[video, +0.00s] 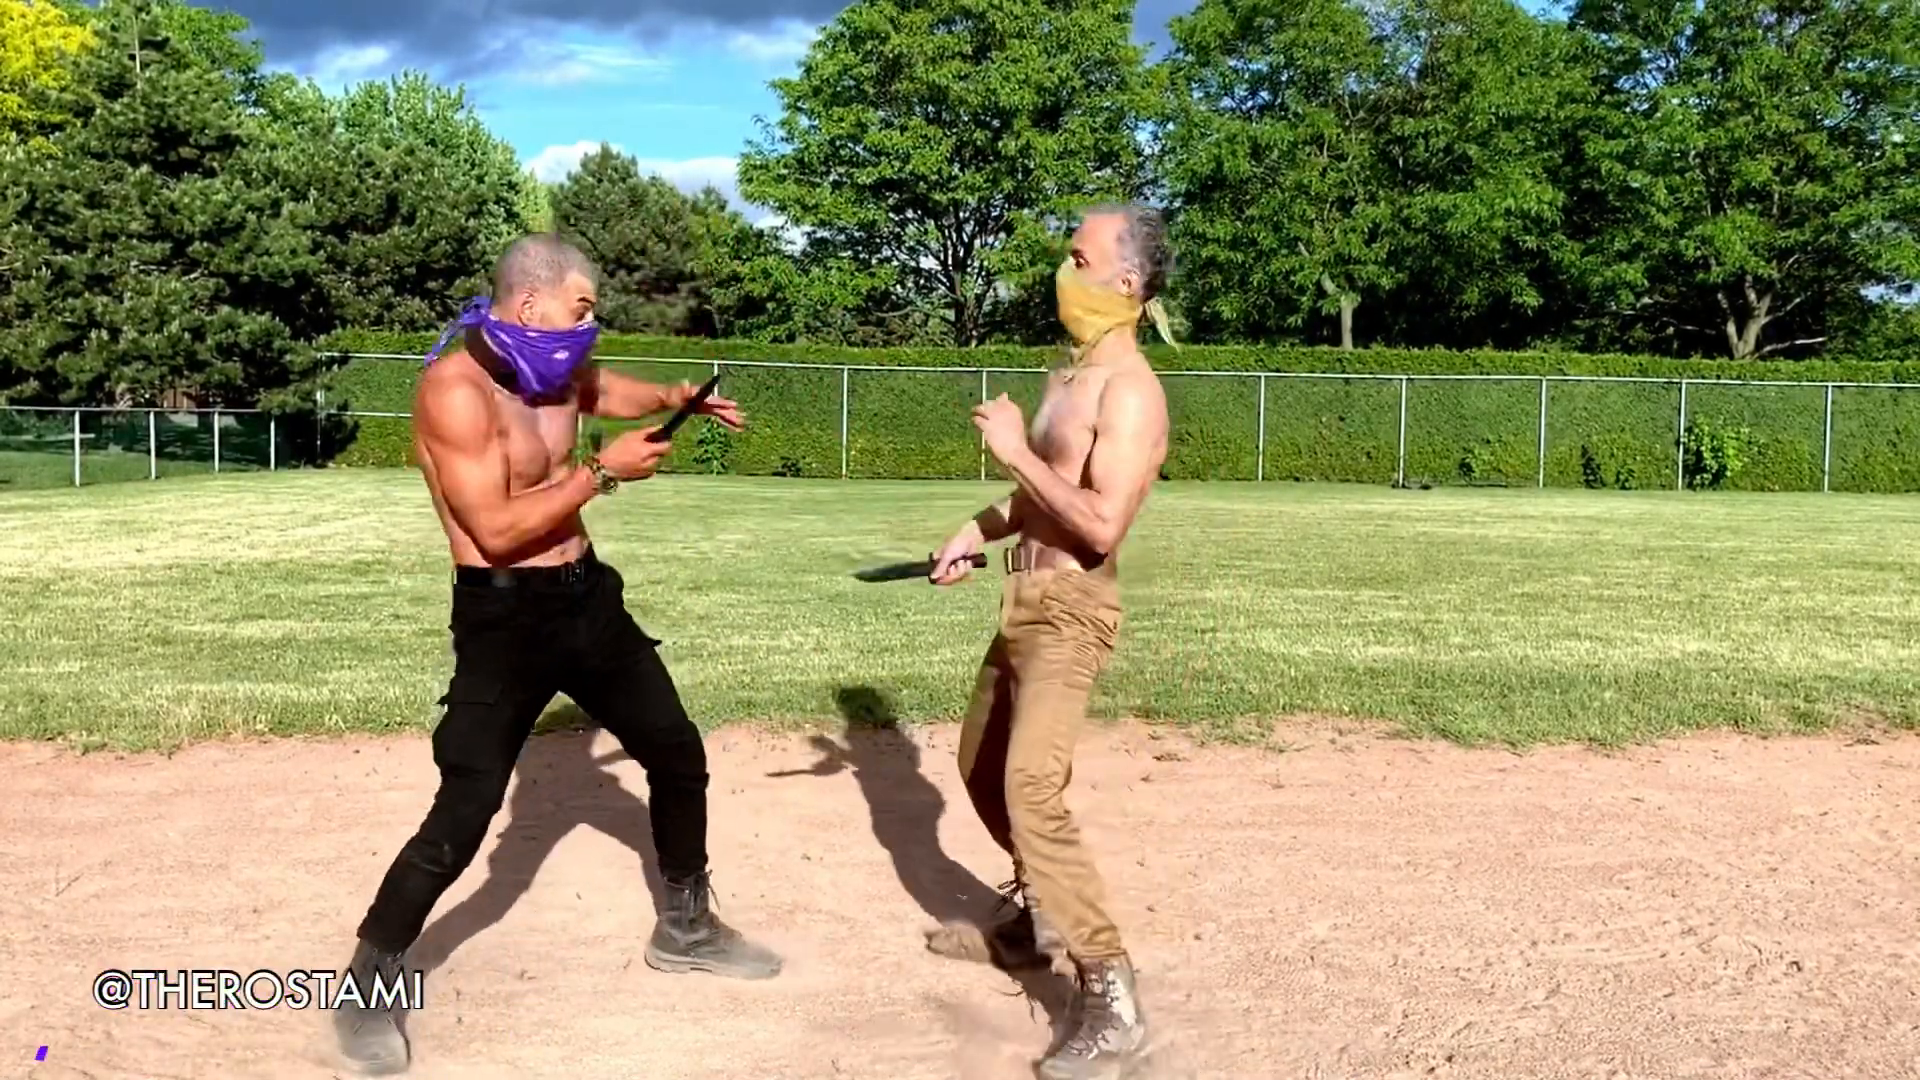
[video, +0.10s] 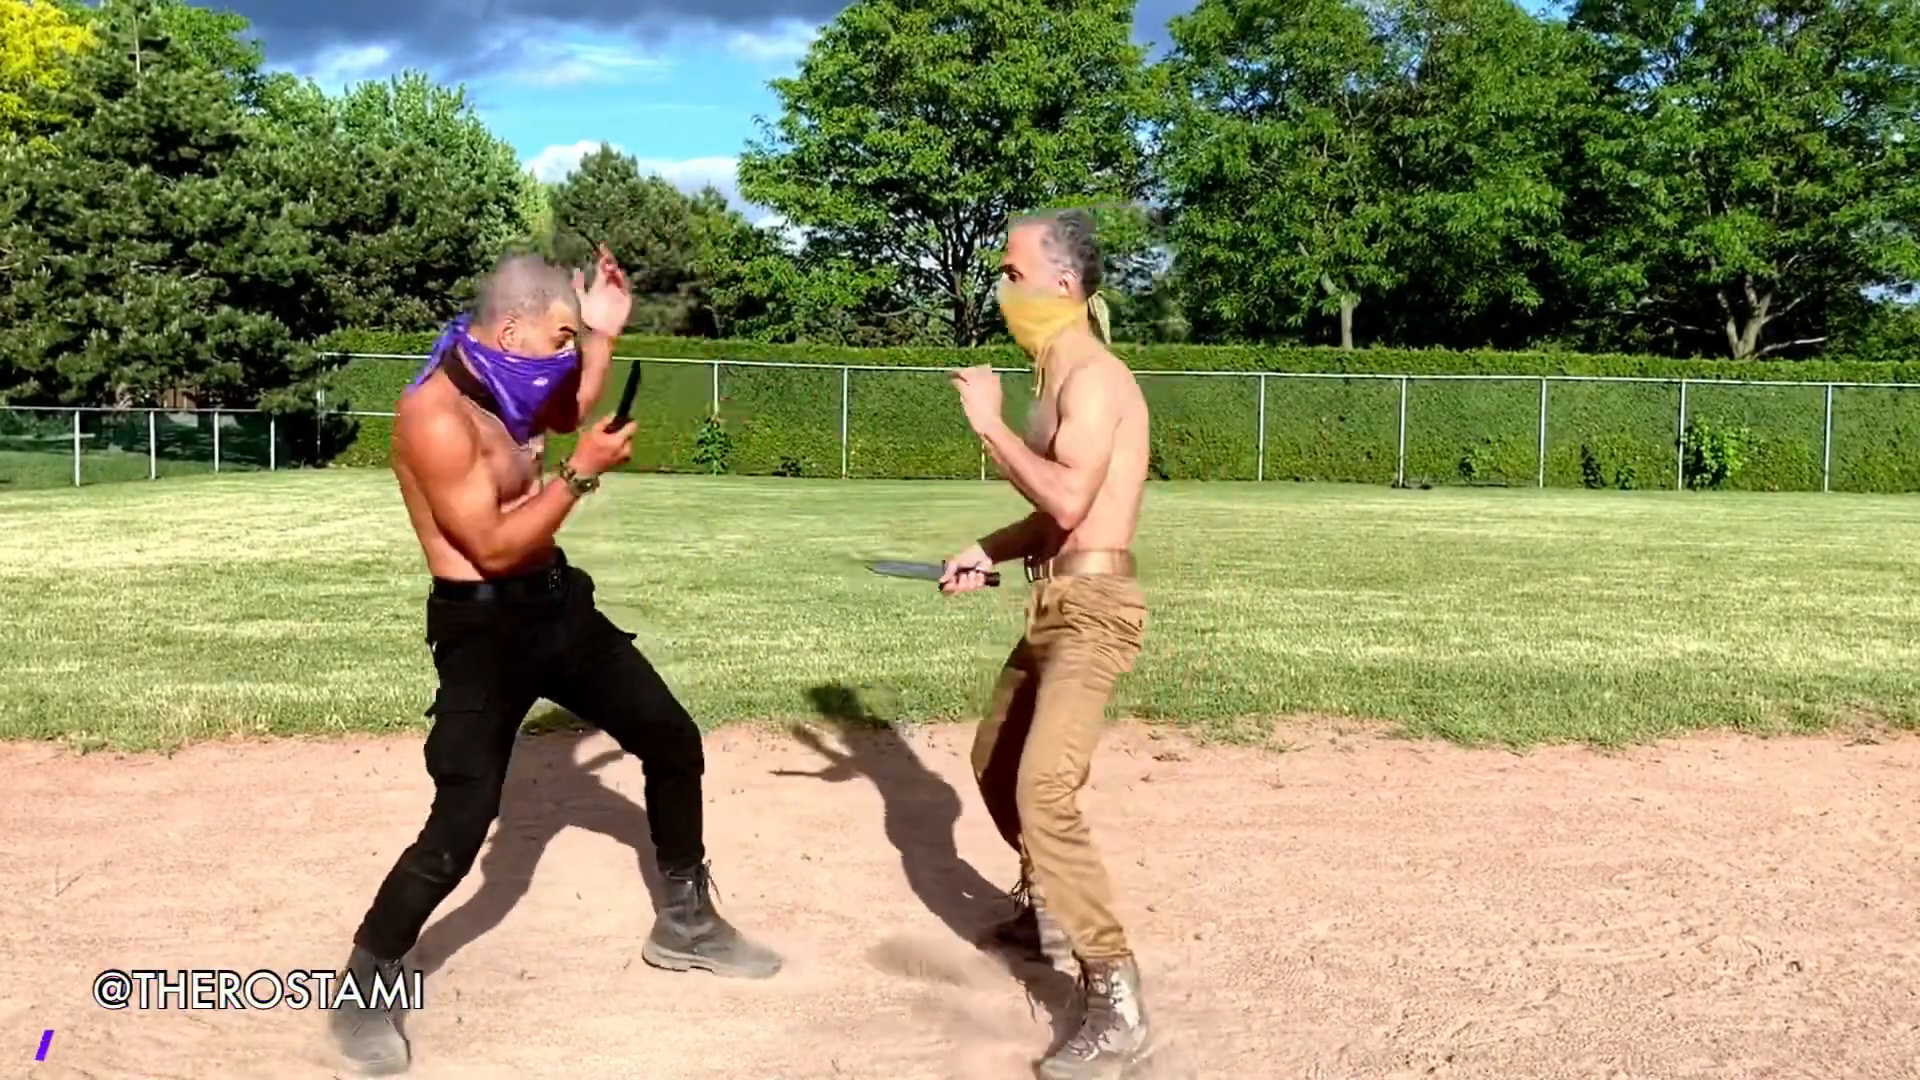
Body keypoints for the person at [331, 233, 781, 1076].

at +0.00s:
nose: (586, 327)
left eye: (588, 315)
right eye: (578, 312)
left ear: (537, 302)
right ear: (526, 303)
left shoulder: (552, 361)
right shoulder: (453, 388)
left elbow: (602, 392)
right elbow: (497, 534)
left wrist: (678, 398)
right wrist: (601, 470)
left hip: (586, 603)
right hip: (503, 620)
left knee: (679, 757)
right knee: (461, 820)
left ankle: (687, 924)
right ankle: (366, 986)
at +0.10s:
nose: (560, 375)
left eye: (565, 357)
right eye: (554, 355)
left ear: (518, 328)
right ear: (505, 331)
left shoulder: (501, 378)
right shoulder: (431, 413)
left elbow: (568, 439)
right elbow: (494, 548)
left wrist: (600, 346)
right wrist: (579, 476)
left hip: (557, 608)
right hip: (480, 629)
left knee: (673, 743)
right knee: (458, 831)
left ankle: (686, 919)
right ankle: (365, 988)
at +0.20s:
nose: (546, 348)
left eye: (549, 333)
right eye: (540, 331)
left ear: (497, 317)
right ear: (495, 319)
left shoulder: (493, 369)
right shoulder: (424, 409)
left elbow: (579, 423)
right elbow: (502, 537)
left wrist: (579, 323)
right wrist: (577, 450)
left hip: (541, 607)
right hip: (468, 627)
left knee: (663, 737)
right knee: (458, 828)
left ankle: (657, 917)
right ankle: (360, 990)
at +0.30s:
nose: (542, 335)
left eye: (547, 322)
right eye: (538, 319)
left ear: (507, 305)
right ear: (492, 303)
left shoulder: (505, 360)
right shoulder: (424, 389)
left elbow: (577, 422)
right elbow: (495, 520)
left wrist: (593, 335)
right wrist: (563, 432)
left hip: (539, 600)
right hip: (460, 616)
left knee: (637, 754)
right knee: (444, 822)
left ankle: (641, 923)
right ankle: (359, 988)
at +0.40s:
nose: (571, 323)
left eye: (575, 311)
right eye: (565, 305)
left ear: (525, 295)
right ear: (514, 292)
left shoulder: (530, 350)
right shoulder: (434, 366)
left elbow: (596, 420)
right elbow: (433, 523)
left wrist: (624, 341)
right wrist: (545, 455)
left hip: (529, 598)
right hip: (444, 607)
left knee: (618, 754)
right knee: (428, 809)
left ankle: (637, 925)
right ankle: (355, 985)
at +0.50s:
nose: (586, 321)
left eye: (589, 306)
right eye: (575, 304)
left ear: (559, 300)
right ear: (519, 293)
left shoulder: (568, 351)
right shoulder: (432, 355)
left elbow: (664, 393)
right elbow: (385, 488)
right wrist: (509, 482)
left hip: (521, 604)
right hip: (426, 606)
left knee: (609, 755)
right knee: (414, 804)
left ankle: (635, 925)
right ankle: (353, 986)